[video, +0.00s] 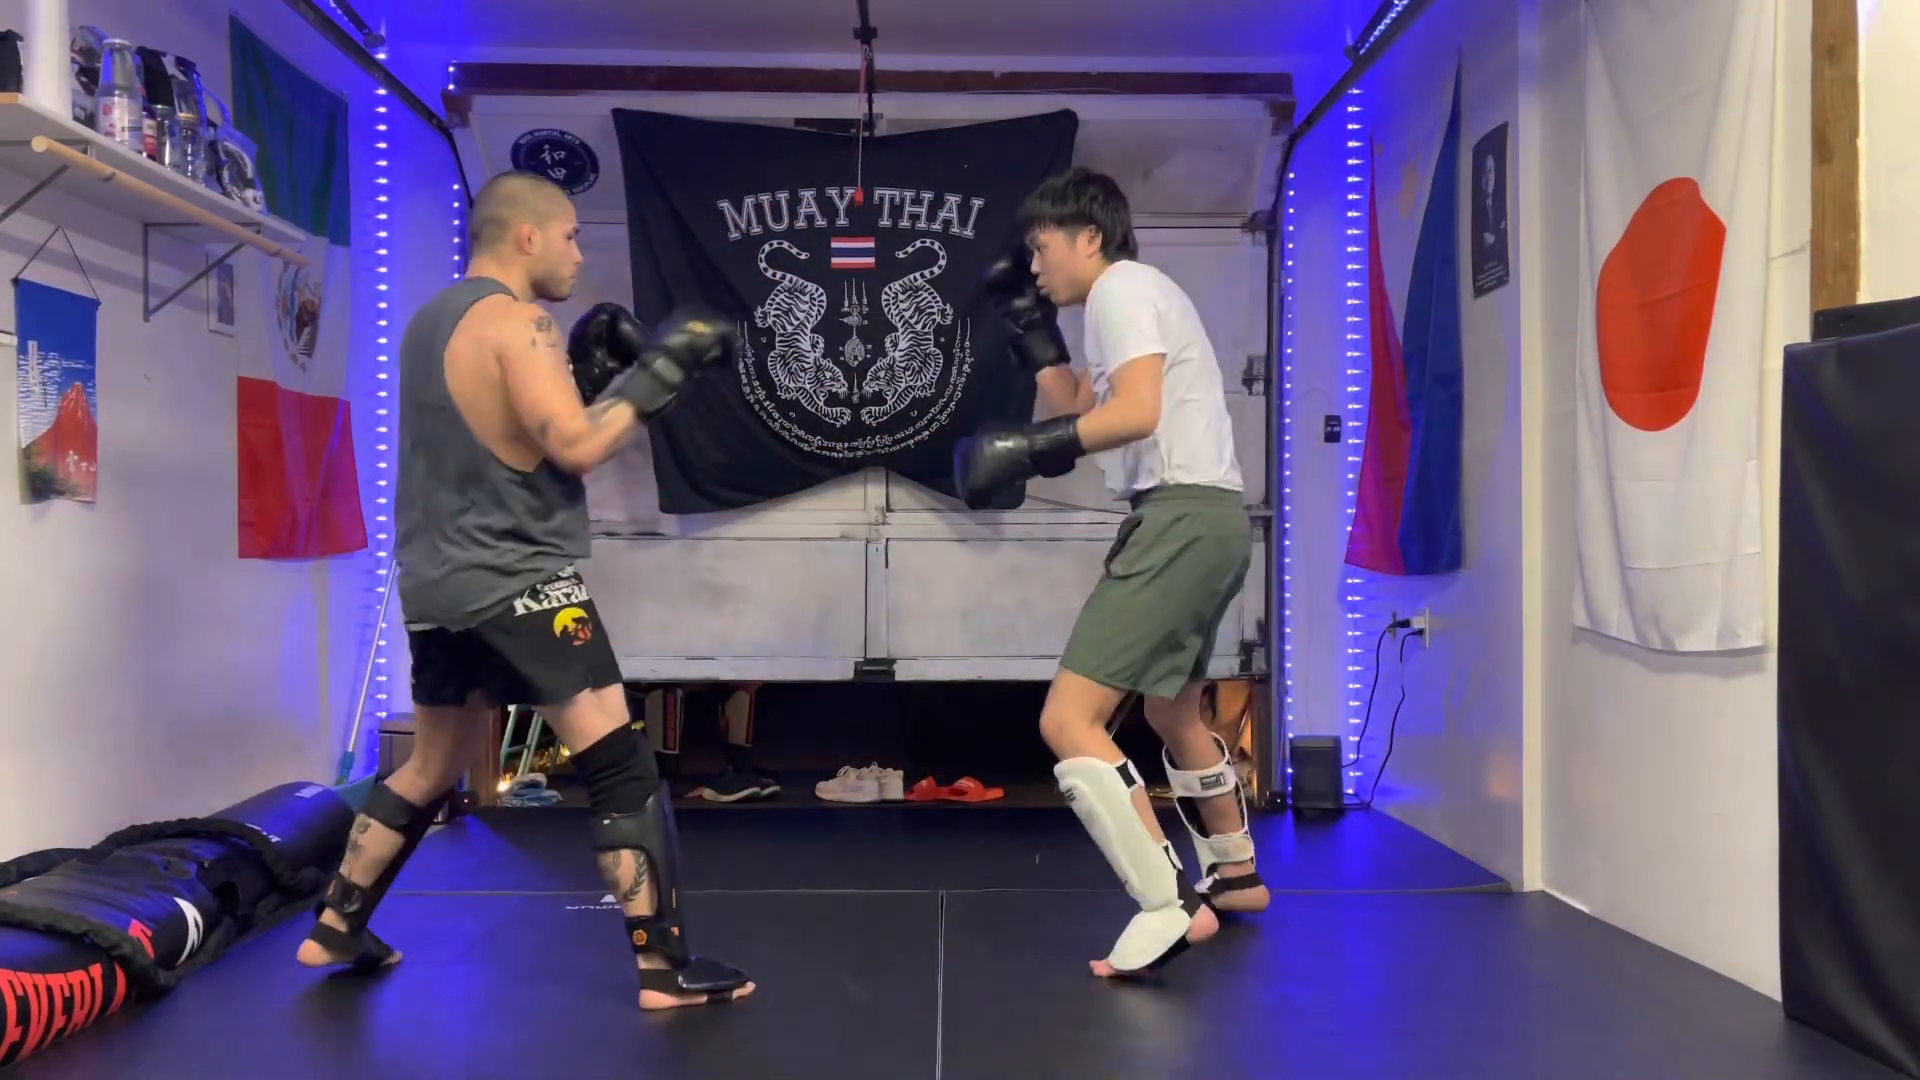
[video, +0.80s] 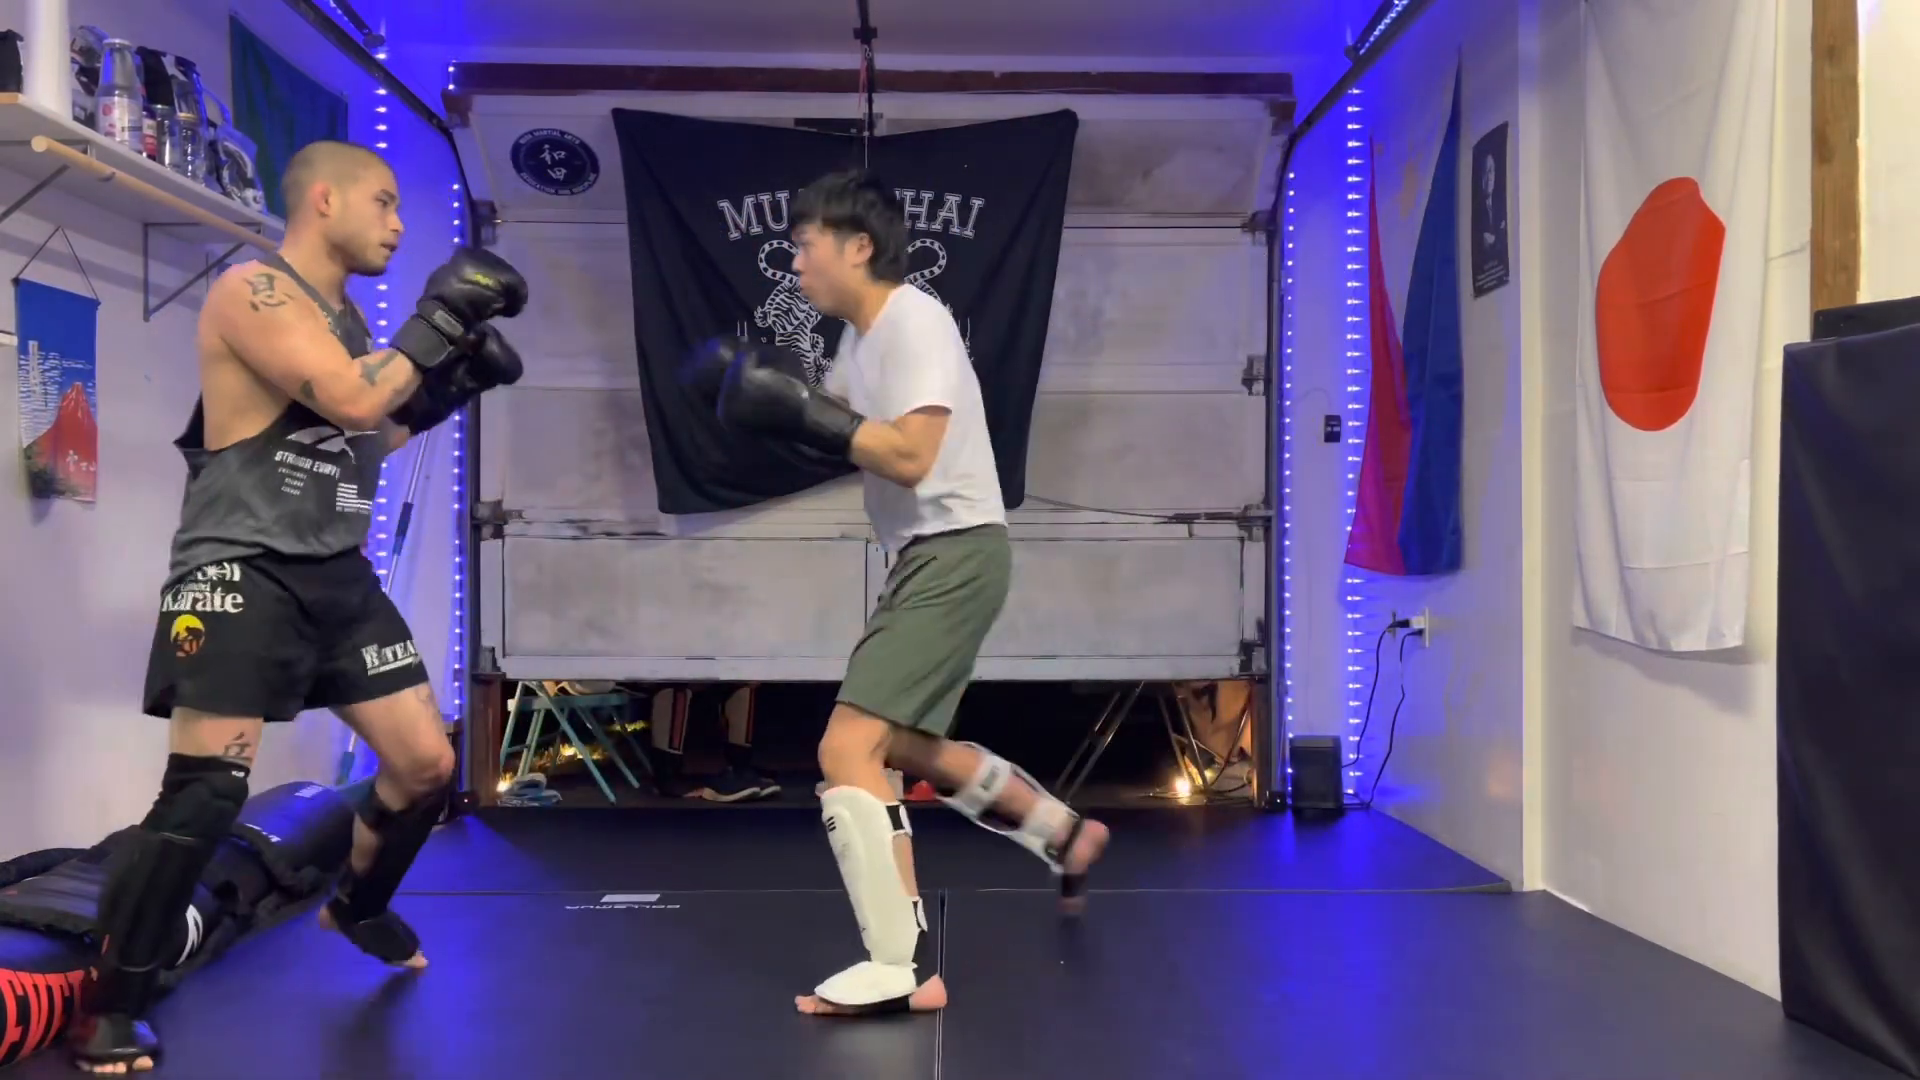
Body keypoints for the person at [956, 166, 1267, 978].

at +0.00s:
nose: (1033, 264)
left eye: (1040, 246)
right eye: (1032, 250)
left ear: (1087, 238)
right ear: (1087, 244)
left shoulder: (1123, 287)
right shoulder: (1127, 303)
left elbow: (1138, 409)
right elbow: (1068, 402)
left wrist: (1033, 447)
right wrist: (1032, 329)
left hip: (1181, 517)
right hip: (1210, 520)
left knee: (1070, 720)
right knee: (1173, 708)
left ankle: (1167, 905)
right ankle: (1236, 872)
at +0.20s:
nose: (1007, 287)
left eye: (1014, 269)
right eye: (1005, 271)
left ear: (1059, 262)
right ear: (1069, 266)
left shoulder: (1086, 315)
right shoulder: (1133, 319)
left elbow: (1078, 425)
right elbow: (1069, 439)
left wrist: (991, 409)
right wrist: (1018, 373)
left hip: (1138, 545)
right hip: (1187, 547)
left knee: (1003, 716)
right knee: (1154, 715)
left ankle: (1090, 882)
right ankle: (1232, 875)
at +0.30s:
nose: (981, 294)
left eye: (988, 276)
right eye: (980, 278)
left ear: (1035, 268)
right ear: (1053, 275)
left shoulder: (1047, 316)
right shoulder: (1114, 326)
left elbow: (947, 383)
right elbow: (1049, 450)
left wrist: (836, 363)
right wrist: (988, 374)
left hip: (1119, 542)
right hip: (1174, 546)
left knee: (1003, 736)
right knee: (1126, 708)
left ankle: (1000, 925)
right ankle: (1207, 863)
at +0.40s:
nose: (955, 299)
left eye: (963, 281)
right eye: (955, 283)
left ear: (1006, 276)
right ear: (1023, 281)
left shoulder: (1020, 324)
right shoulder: (1091, 335)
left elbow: (931, 388)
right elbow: (1027, 468)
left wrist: (822, 358)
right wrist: (968, 384)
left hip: (1081, 556)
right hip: (1145, 559)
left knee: (963, 741)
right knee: (1124, 727)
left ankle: (999, 934)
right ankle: (1209, 882)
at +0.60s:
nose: (891, 304)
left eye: (900, 287)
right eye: (890, 289)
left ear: (952, 281)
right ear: (966, 284)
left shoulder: (943, 334)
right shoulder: (1037, 338)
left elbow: (823, 361)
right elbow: (1048, 450)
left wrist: (716, 333)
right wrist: (997, 546)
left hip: (1033, 562)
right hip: (1097, 566)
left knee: (886, 733)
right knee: (1064, 728)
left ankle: (903, 928)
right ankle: (1150, 888)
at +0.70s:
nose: (848, 293)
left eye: (857, 278)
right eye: (849, 278)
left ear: (905, 280)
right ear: (920, 285)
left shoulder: (915, 337)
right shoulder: (986, 346)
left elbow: (824, 418)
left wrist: (717, 373)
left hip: (986, 579)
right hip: (1042, 578)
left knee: (849, 761)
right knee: (1021, 747)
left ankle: (895, 963)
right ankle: (1140, 883)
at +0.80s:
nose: (794, 265)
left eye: (805, 247)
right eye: (794, 248)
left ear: (857, 249)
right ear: (850, 253)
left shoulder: (914, 321)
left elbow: (913, 455)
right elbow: (867, 440)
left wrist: (805, 412)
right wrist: (773, 400)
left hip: (955, 555)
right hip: (923, 556)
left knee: (847, 751)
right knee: (896, 739)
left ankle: (896, 965)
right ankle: (1062, 830)